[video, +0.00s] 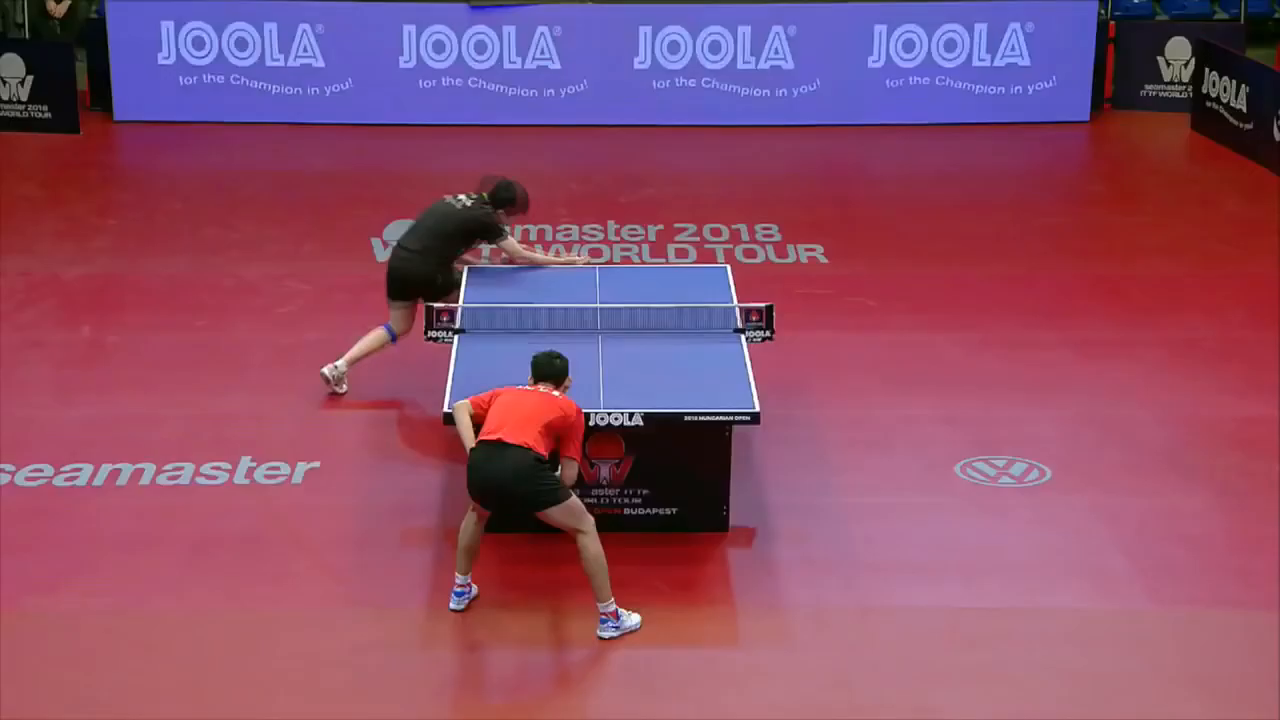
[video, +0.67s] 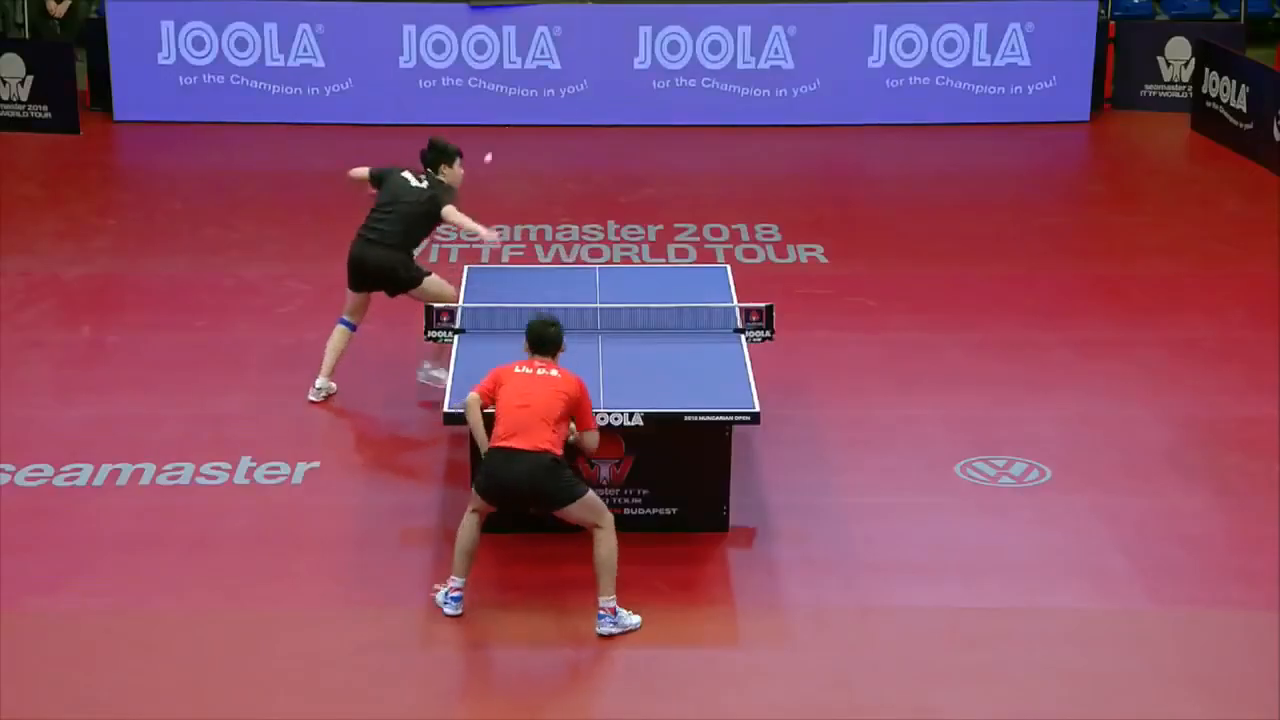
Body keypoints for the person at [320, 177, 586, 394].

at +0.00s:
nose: (514, 218)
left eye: (516, 214)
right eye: (515, 213)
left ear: (490, 194)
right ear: (504, 207)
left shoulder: (458, 200)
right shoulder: (488, 219)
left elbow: (439, 242)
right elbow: (521, 255)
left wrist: (472, 261)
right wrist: (565, 260)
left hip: (399, 265)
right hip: (431, 273)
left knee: (397, 326)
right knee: (481, 297)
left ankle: (340, 366)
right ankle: (479, 373)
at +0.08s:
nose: (504, 211)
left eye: (505, 207)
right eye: (503, 206)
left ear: (477, 191)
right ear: (495, 202)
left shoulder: (446, 201)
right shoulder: (480, 217)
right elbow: (516, 248)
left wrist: (452, 267)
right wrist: (554, 256)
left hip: (396, 272)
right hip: (428, 278)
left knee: (396, 330)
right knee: (480, 285)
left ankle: (339, 367)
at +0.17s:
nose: (484, 199)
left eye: (484, 195)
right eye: (483, 195)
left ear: (455, 186)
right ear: (474, 193)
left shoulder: (416, 203)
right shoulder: (465, 212)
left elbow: (385, 245)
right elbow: (511, 224)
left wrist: (375, 286)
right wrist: (554, 211)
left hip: (390, 282)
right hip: (424, 284)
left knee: (391, 332)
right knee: (467, 302)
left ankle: (333, 368)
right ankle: (474, 372)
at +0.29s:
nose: (466, 191)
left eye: (466, 186)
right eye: (464, 186)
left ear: (434, 179)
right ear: (452, 183)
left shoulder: (399, 199)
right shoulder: (450, 203)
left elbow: (365, 237)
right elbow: (497, 199)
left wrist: (333, 272)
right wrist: (541, 181)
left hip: (377, 277)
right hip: (412, 278)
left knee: (379, 328)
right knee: (464, 307)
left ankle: (329, 370)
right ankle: (478, 370)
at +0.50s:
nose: (452, 166)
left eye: (450, 159)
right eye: (448, 160)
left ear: (420, 164)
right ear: (434, 164)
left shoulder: (384, 181)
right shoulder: (434, 188)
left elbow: (347, 207)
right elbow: (467, 199)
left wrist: (318, 240)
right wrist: (513, 201)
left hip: (361, 262)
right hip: (396, 265)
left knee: (359, 319)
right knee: (448, 306)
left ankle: (324, 380)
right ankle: (466, 375)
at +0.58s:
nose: (452, 163)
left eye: (451, 158)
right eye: (448, 158)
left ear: (421, 162)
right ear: (433, 163)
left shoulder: (385, 179)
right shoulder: (435, 187)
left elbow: (343, 198)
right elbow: (462, 203)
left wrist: (322, 230)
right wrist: (505, 210)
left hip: (360, 258)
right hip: (395, 262)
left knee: (356, 317)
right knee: (447, 308)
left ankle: (323, 382)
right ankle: (465, 380)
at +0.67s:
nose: (462, 172)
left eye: (461, 166)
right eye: (459, 166)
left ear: (432, 167)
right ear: (444, 169)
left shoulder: (397, 174)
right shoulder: (442, 192)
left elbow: (354, 173)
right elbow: (452, 216)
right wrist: (479, 230)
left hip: (359, 256)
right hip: (393, 263)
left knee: (351, 316)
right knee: (453, 300)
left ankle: (322, 380)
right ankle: (433, 366)